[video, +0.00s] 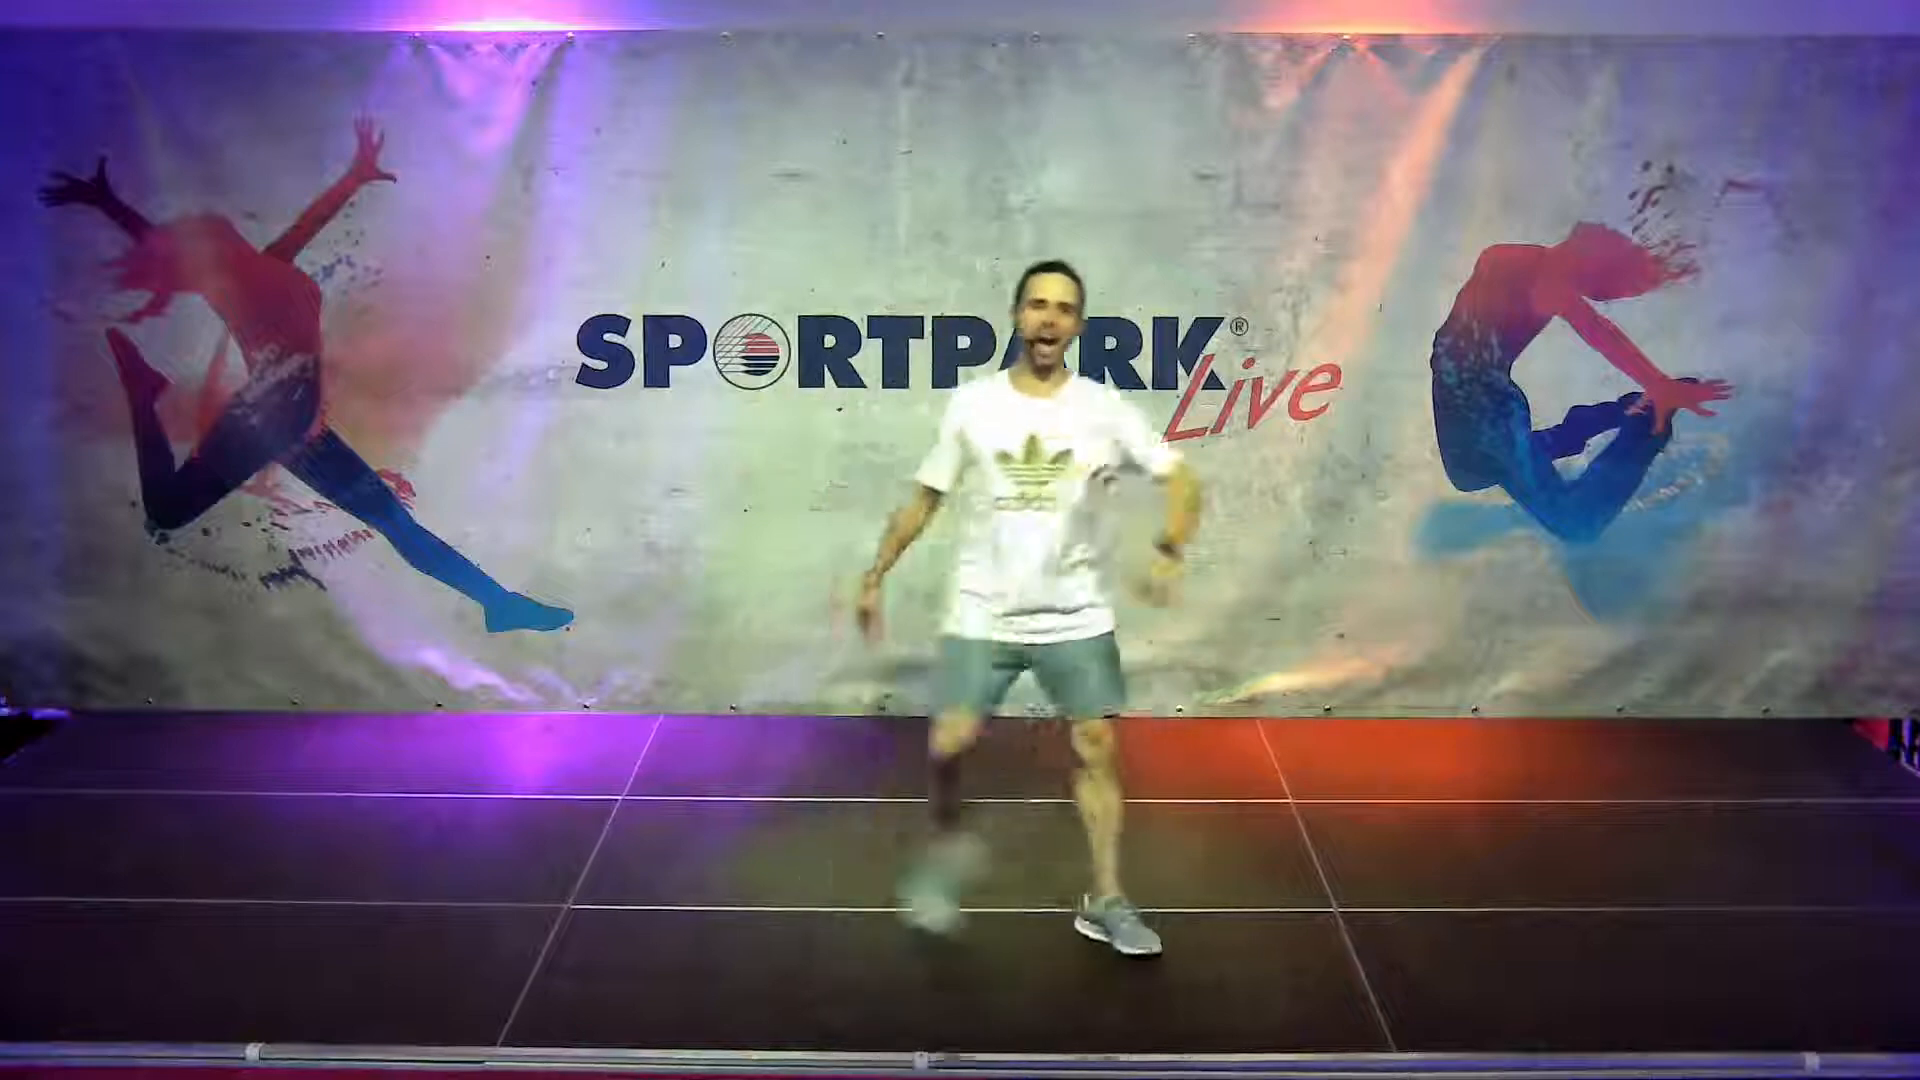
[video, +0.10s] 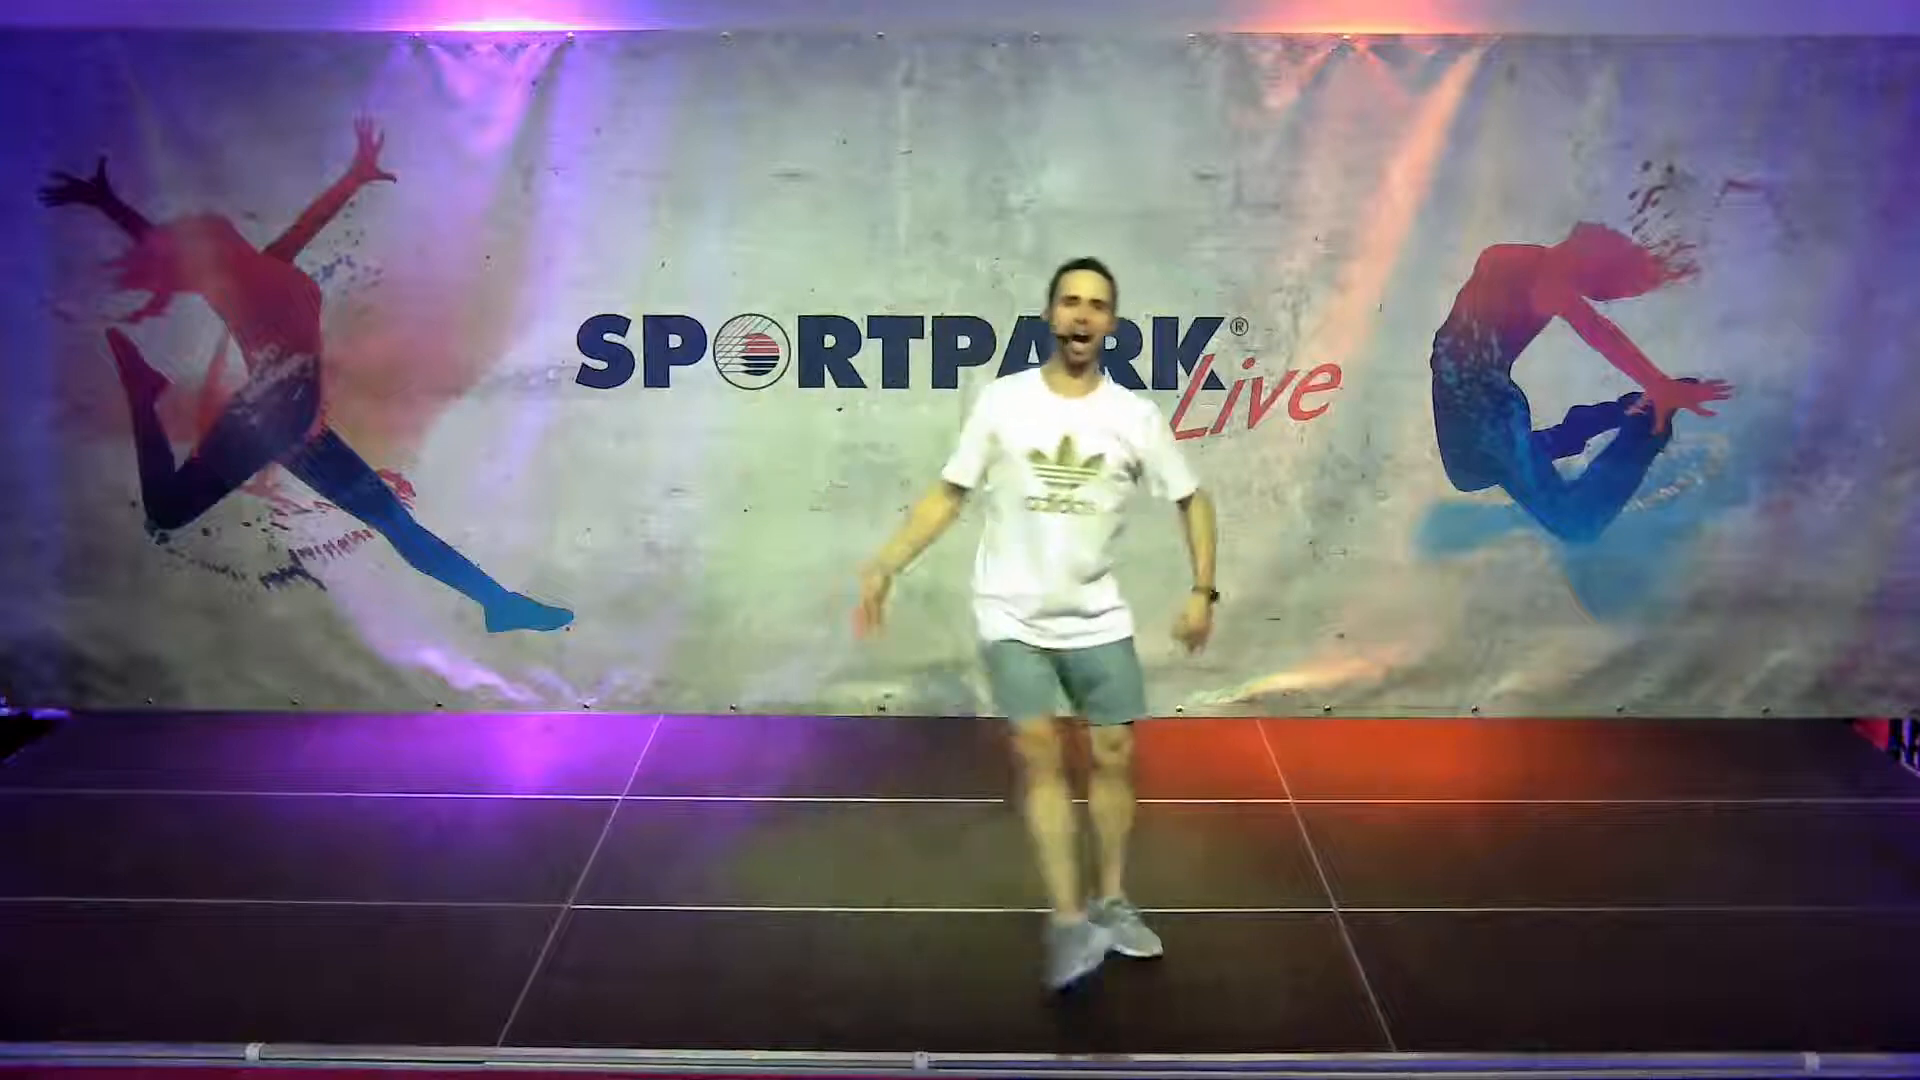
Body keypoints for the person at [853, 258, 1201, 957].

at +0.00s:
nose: (1049, 319)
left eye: (1063, 309)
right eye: (1038, 306)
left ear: (1079, 324)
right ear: (1016, 316)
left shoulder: (1103, 408)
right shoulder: (973, 402)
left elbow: (1181, 479)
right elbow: (924, 498)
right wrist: (875, 574)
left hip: (1075, 613)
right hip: (982, 611)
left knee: (1097, 743)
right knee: (949, 742)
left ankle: (1106, 895)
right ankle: (943, 853)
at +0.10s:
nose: (1082, 317)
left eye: (1096, 306)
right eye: (1070, 303)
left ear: (1113, 321)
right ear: (1048, 313)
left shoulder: (1135, 416)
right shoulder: (1001, 402)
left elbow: (1192, 500)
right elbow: (948, 495)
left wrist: (1203, 591)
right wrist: (884, 566)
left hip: (1094, 610)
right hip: (1010, 610)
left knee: (1114, 747)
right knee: (1039, 749)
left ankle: (1110, 903)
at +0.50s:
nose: (1101, 321)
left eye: (1101, 307)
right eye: (1086, 307)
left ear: (1065, 326)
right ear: (1042, 323)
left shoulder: (1062, 397)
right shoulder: (1032, 385)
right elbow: (1085, 322)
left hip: (1065, 613)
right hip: (1035, 615)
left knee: (1102, 762)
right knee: (1088, 765)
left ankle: (1097, 913)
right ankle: (993, 928)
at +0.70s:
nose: (1025, 340)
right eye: (1026, 330)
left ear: (961, 347)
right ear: (1023, 338)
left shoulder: (938, 433)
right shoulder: (1062, 412)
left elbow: (888, 541)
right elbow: (1174, 440)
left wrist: (932, 624)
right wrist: (1255, 478)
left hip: (966, 635)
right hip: (1028, 635)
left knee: (1031, 780)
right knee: (1004, 792)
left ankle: (1083, 907)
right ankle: (958, 968)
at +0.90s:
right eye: (969, 338)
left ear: (909, 349)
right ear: (977, 347)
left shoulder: (880, 439)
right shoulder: (1013, 431)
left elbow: (832, 540)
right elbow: (1062, 537)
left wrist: (836, 645)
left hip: (914, 635)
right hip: (997, 636)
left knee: (905, 755)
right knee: (995, 797)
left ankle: (887, 911)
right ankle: (985, 969)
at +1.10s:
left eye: (884, 346)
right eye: (934, 348)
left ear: (877, 355)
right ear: (944, 357)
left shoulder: (844, 434)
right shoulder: (976, 439)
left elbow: (803, 518)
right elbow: (1007, 516)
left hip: (863, 637)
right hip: (950, 640)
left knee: (836, 777)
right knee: (986, 780)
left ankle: (839, 936)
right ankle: (985, 899)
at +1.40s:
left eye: (886, 299)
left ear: (879, 309)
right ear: (941, 311)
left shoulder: (849, 362)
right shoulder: (957, 373)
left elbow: (855, 290)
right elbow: (972, 295)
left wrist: (898, 225)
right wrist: (938, 225)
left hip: (849, 560)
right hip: (927, 564)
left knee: (869, 726)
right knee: (923, 701)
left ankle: (888, 893)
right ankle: (923, 793)